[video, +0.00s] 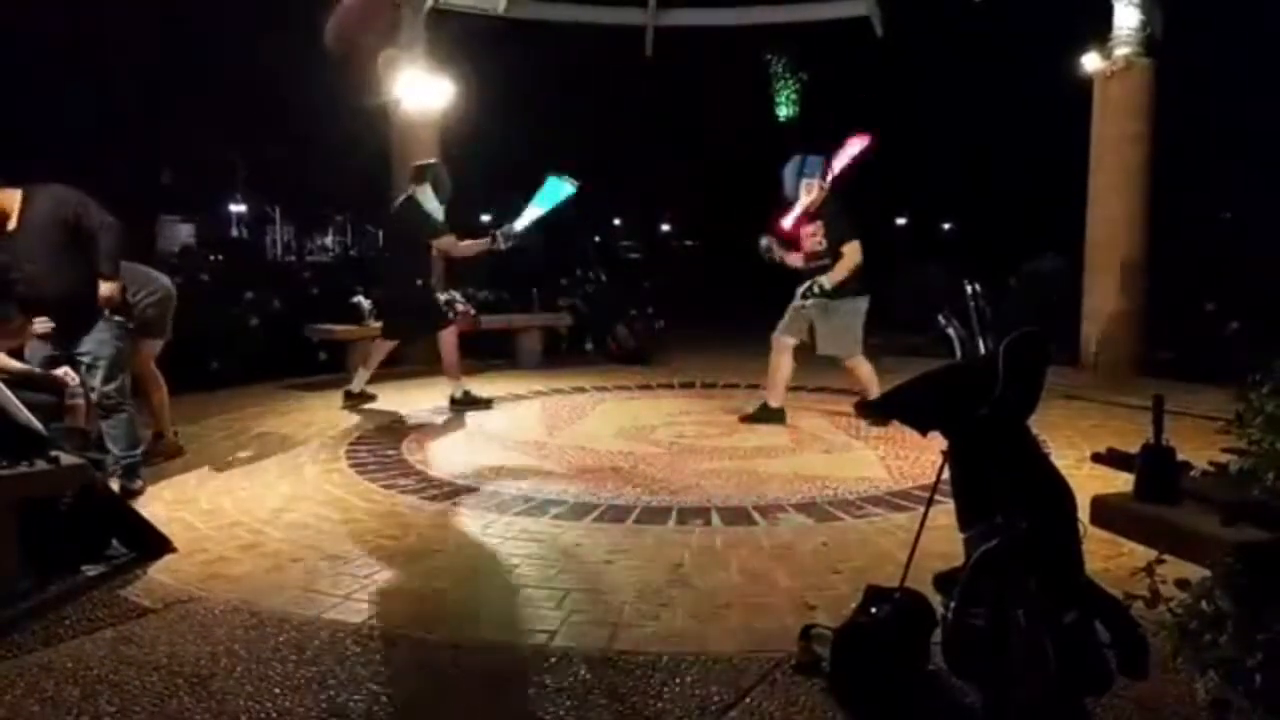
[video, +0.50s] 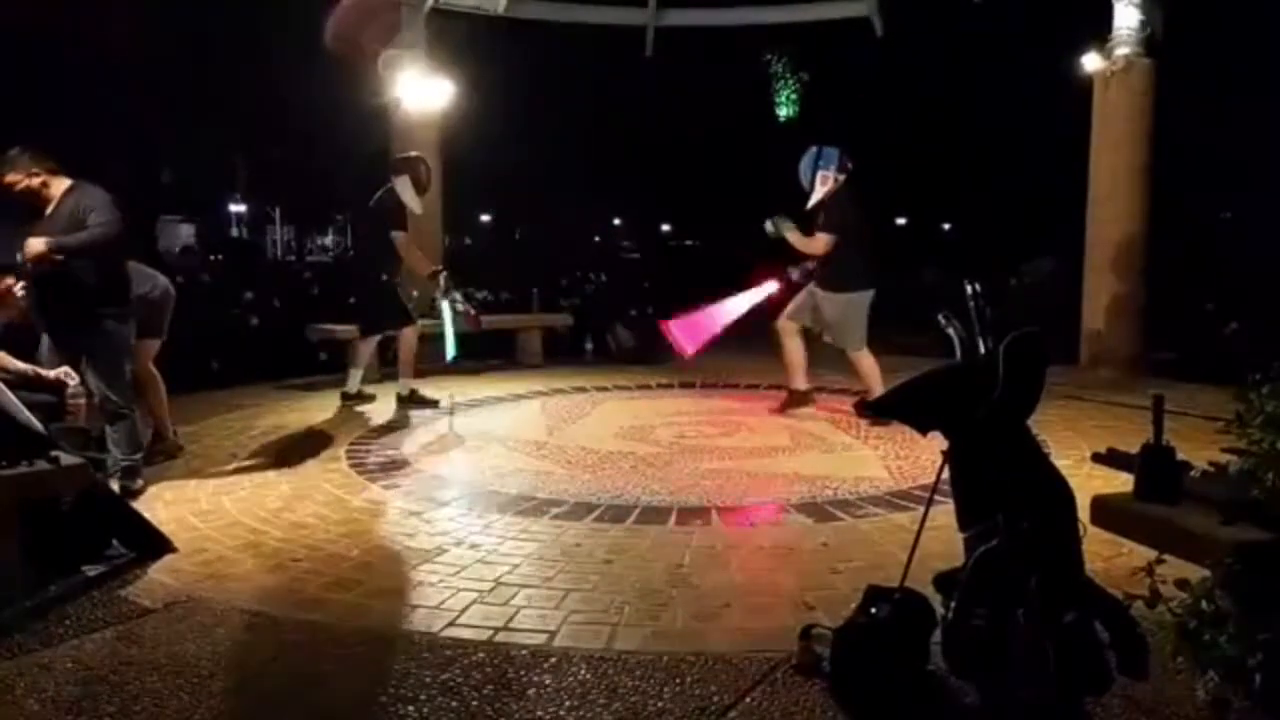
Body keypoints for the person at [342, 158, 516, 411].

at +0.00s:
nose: (446, 193)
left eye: (445, 187)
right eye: (443, 187)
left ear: (418, 182)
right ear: (431, 184)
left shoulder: (402, 207)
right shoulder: (417, 211)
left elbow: (437, 245)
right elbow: (454, 248)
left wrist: (484, 243)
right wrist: (491, 242)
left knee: (391, 334)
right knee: (447, 326)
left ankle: (355, 387)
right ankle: (458, 392)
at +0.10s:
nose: (440, 188)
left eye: (439, 182)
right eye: (436, 182)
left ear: (414, 183)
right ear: (422, 184)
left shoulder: (399, 207)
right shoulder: (406, 211)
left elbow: (440, 244)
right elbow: (449, 248)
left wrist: (484, 245)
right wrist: (488, 245)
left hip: (392, 284)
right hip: (404, 286)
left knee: (386, 336)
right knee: (438, 327)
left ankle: (354, 389)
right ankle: (456, 391)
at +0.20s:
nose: (434, 189)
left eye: (434, 182)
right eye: (431, 182)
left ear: (406, 181)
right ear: (420, 182)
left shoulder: (390, 204)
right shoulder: (400, 208)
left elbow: (422, 243)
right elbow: (430, 245)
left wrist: (460, 254)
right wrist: (467, 256)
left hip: (380, 281)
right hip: (393, 283)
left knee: (379, 336)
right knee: (421, 332)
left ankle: (353, 389)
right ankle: (449, 389)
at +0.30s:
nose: (430, 186)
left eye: (431, 179)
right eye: (427, 179)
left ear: (404, 178)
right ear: (414, 178)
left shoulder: (389, 201)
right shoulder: (396, 204)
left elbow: (415, 245)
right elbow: (417, 245)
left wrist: (449, 264)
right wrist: (452, 265)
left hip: (378, 280)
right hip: (387, 282)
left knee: (374, 335)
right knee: (412, 331)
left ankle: (352, 389)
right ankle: (431, 390)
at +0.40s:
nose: (430, 180)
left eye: (430, 173)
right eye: (425, 173)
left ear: (404, 173)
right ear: (412, 173)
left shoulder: (391, 198)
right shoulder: (392, 201)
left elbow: (408, 243)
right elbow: (405, 243)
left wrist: (433, 266)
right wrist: (434, 268)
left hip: (372, 276)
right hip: (379, 278)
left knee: (369, 333)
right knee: (407, 327)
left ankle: (351, 388)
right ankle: (408, 390)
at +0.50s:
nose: (428, 182)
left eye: (428, 175)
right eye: (425, 175)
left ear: (401, 175)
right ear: (413, 175)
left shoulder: (382, 199)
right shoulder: (393, 202)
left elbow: (405, 247)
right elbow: (403, 246)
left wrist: (430, 271)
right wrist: (431, 272)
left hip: (365, 275)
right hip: (377, 277)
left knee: (370, 332)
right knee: (409, 327)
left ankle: (351, 389)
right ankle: (406, 390)